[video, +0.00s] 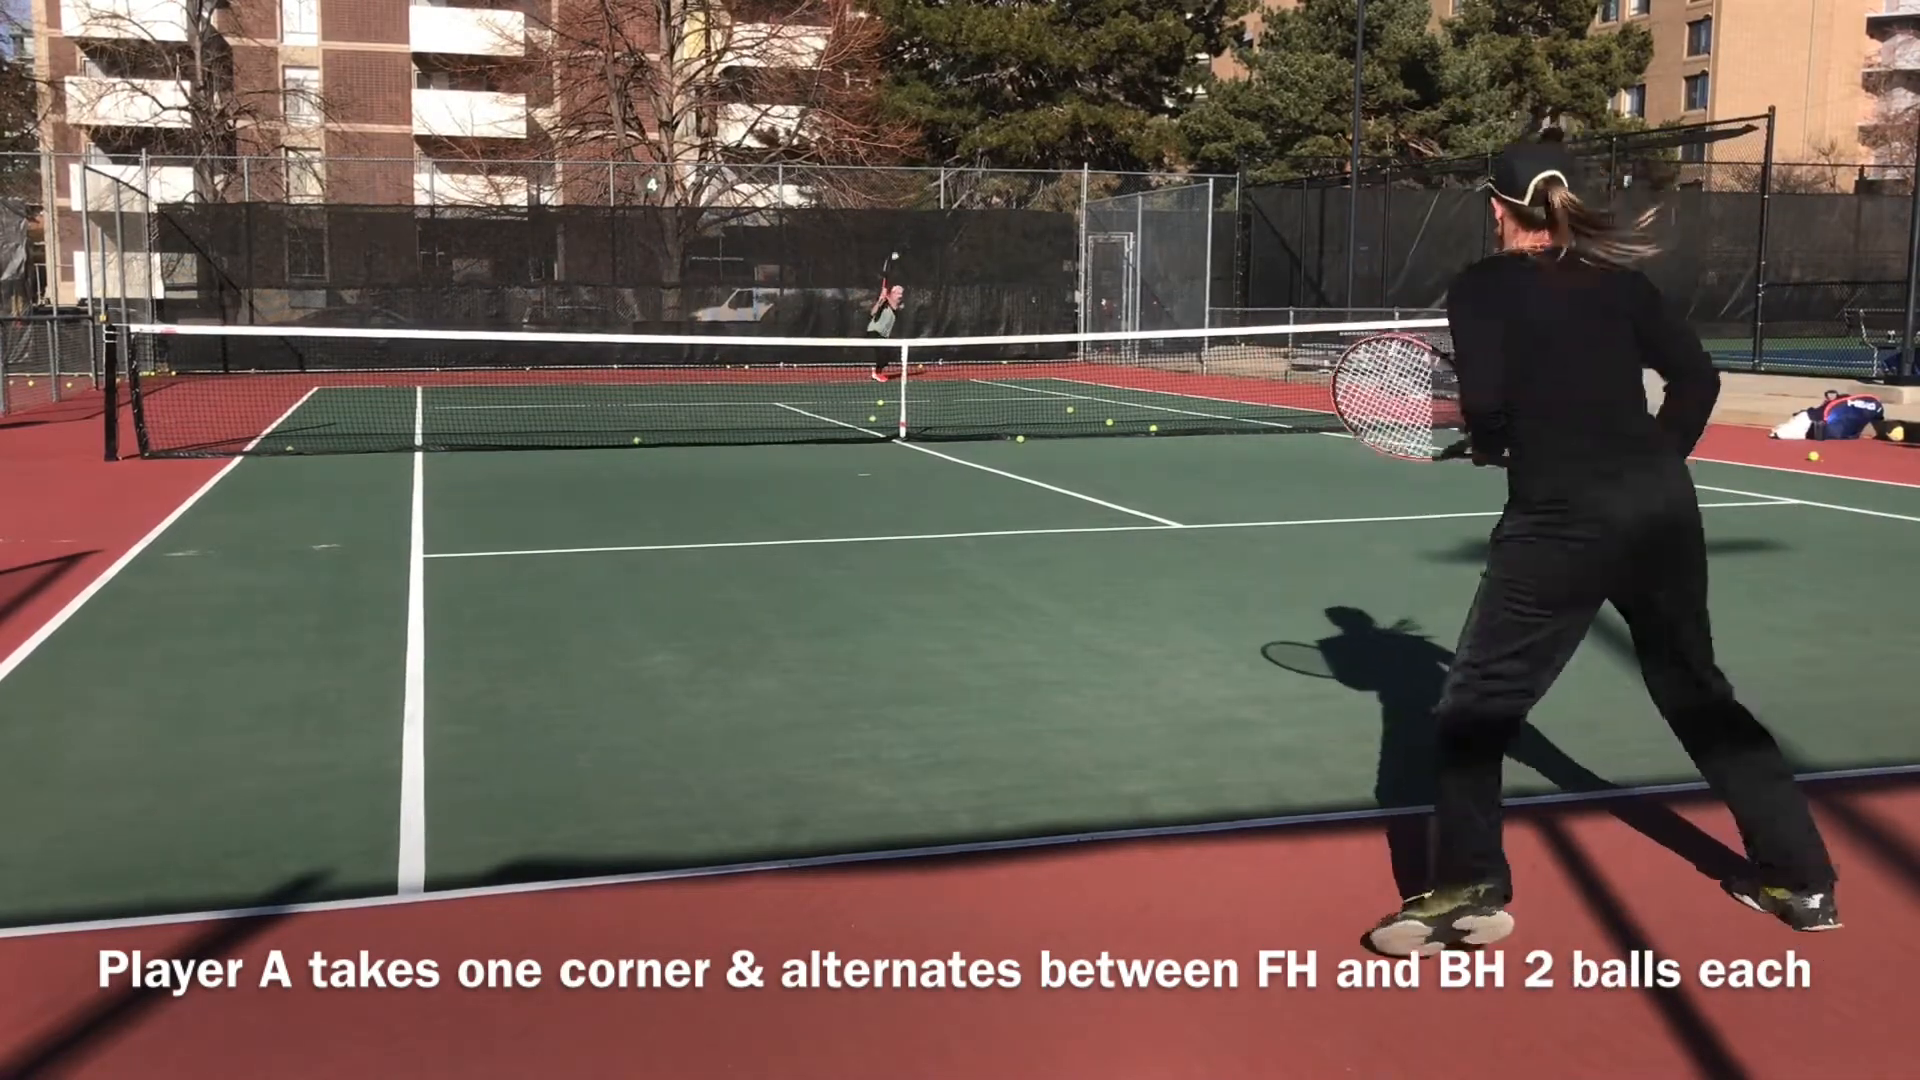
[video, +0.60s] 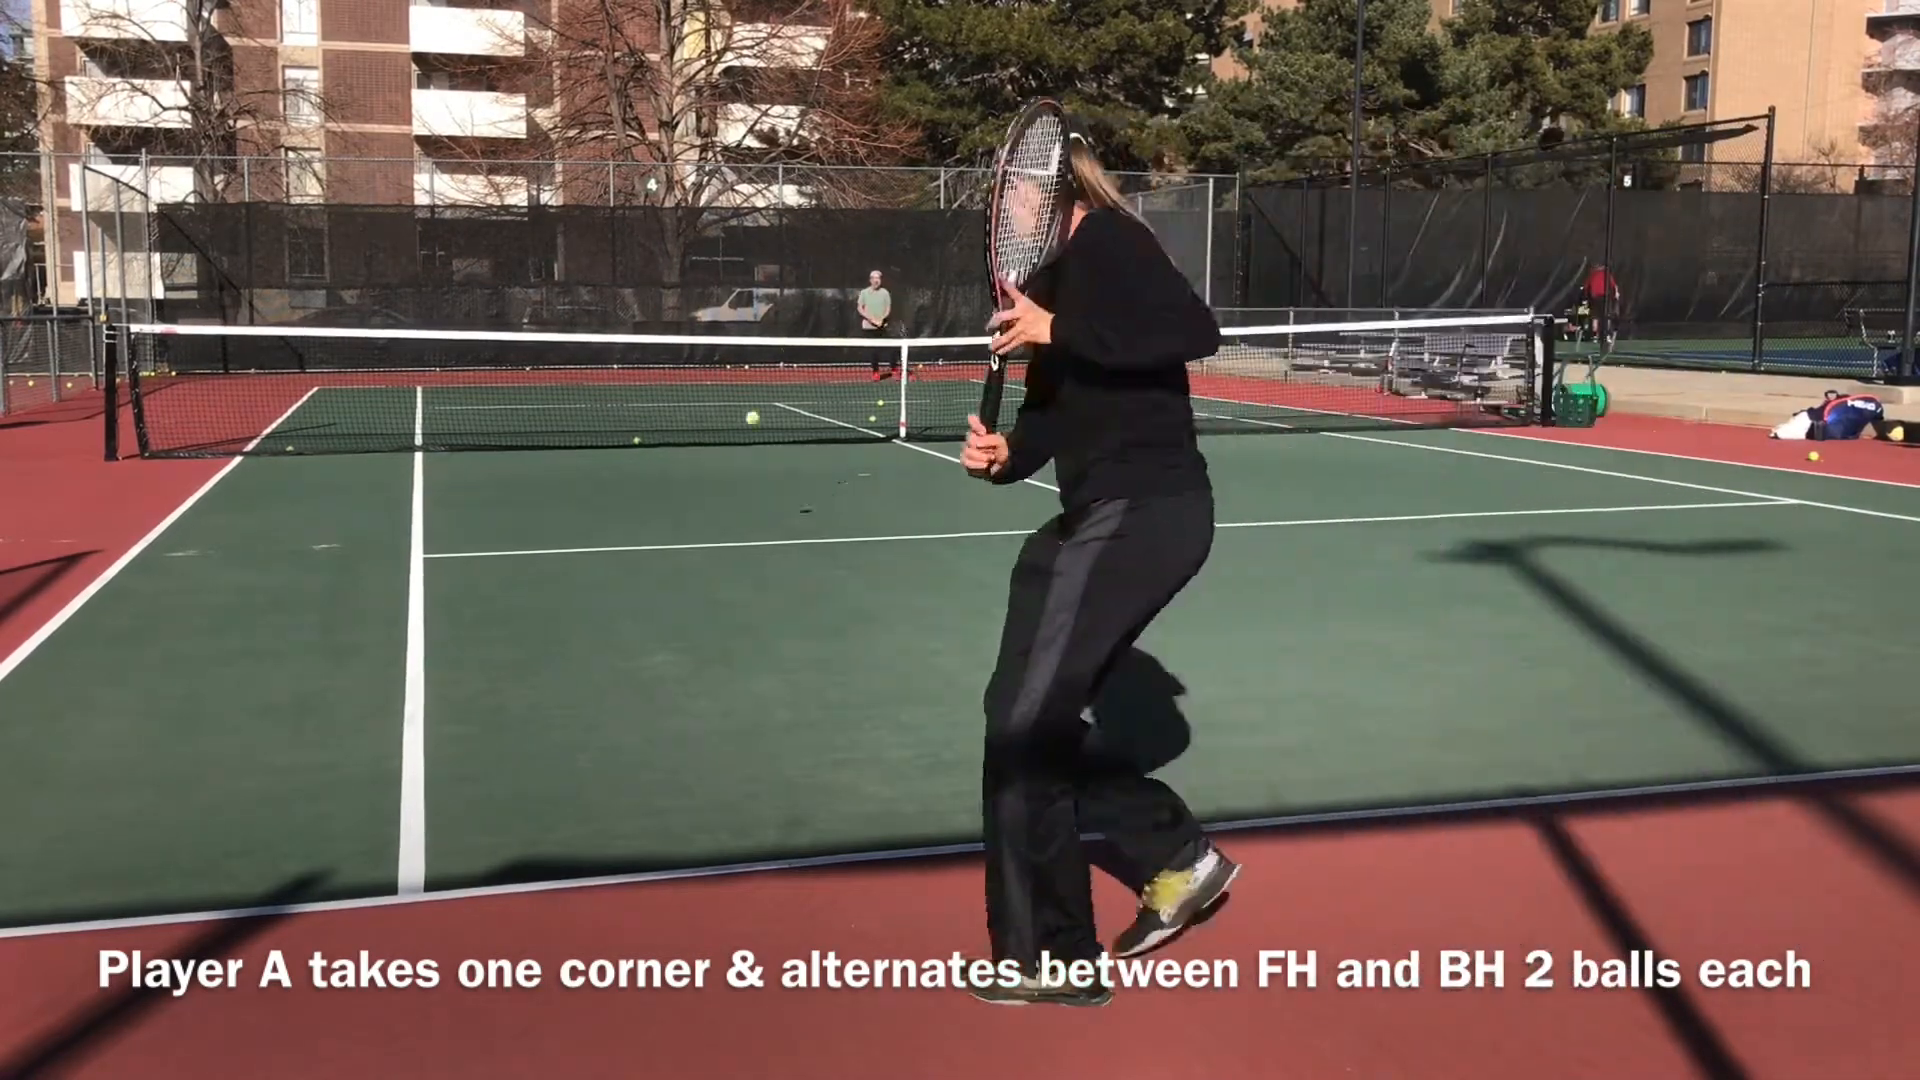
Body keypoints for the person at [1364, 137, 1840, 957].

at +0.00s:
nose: (1491, 219)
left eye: (1493, 209)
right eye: (1496, 207)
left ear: (1504, 213)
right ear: (1567, 214)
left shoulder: (1482, 285)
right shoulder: (1623, 283)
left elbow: (1485, 407)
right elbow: (1697, 377)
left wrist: (1488, 445)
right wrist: (1655, 459)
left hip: (1562, 505)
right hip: (1662, 499)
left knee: (1473, 711)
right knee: (1698, 693)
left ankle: (1473, 888)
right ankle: (1803, 878)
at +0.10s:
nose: (1423, 209)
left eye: (1425, 198)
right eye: (1431, 196)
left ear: (1436, 202)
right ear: (1499, 202)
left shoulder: (1419, 277)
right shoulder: (1550, 281)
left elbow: (1424, 408)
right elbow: (1639, 369)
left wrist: (1432, 437)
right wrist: (1591, 448)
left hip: (1501, 513)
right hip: (1597, 496)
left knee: (1459, 733)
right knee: (1657, 687)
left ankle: (1516, 947)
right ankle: (1779, 864)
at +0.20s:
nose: (1346, 184)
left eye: (1348, 172)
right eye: (1350, 171)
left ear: (1365, 177)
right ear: (1425, 174)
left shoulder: (1348, 242)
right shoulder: (1477, 251)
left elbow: (1349, 374)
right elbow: (1566, 343)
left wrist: (1350, 408)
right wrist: (1521, 427)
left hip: (1429, 494)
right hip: (1527, 479)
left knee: (1428, 732)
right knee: (1537, 663)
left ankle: (1498, 940)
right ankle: (1657, 861)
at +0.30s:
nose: (1265, 169)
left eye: (1266, 157)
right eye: (1270, 156)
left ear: (1284, 161)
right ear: (1346, 155)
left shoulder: (1282, 225)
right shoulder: (1411, 232)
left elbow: (1301, 342)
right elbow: (1473, 352)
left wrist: (1276, 392)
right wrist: (1380, 400)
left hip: (1366, 472)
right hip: (1461, 468)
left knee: (1323, 698)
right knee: (1413, 681)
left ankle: (1416, 906)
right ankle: (1477, 886)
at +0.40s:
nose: (1183, 188)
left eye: (1183, 174)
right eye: (1185, 173)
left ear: (1198, 173)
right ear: (1252, 167)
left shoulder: (1225, 236)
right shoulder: (1296, 230)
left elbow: (1273, 356)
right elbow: (1322, 380)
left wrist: (1184, 390)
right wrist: (1247, 465)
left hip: (1299, 496)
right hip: (1371, 494)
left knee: (1194, 696)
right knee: (1330, 710)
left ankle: (1210, 936)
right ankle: (1425, 933)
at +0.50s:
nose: (1090, 208)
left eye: (1090, 192)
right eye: (1091, 192)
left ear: (1107, 191)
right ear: (1153, 181)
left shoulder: (1168, 248)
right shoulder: (1181, 253)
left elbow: (1240, 349)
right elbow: (1214, 405)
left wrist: (1114, 374)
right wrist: (1133, 476)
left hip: (1202, 511)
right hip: (1249, 511)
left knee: (1106, 718)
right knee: (1200, 735)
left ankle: (1057, 949)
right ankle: (1364, 890)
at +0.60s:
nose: (1004, 206)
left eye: (1014, 191)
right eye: (1000, 191)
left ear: (1053, 189)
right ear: (1025, 196)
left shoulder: (1109, 239)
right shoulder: (1051, 265)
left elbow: (1194, 329)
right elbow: (1064, 395)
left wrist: (1060, 332)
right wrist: (1016, 449)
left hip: (1147, 508)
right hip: (1096, 510)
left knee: (1032, 721)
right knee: (1020, 718)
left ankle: (1058, 957)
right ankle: (1178, 865)